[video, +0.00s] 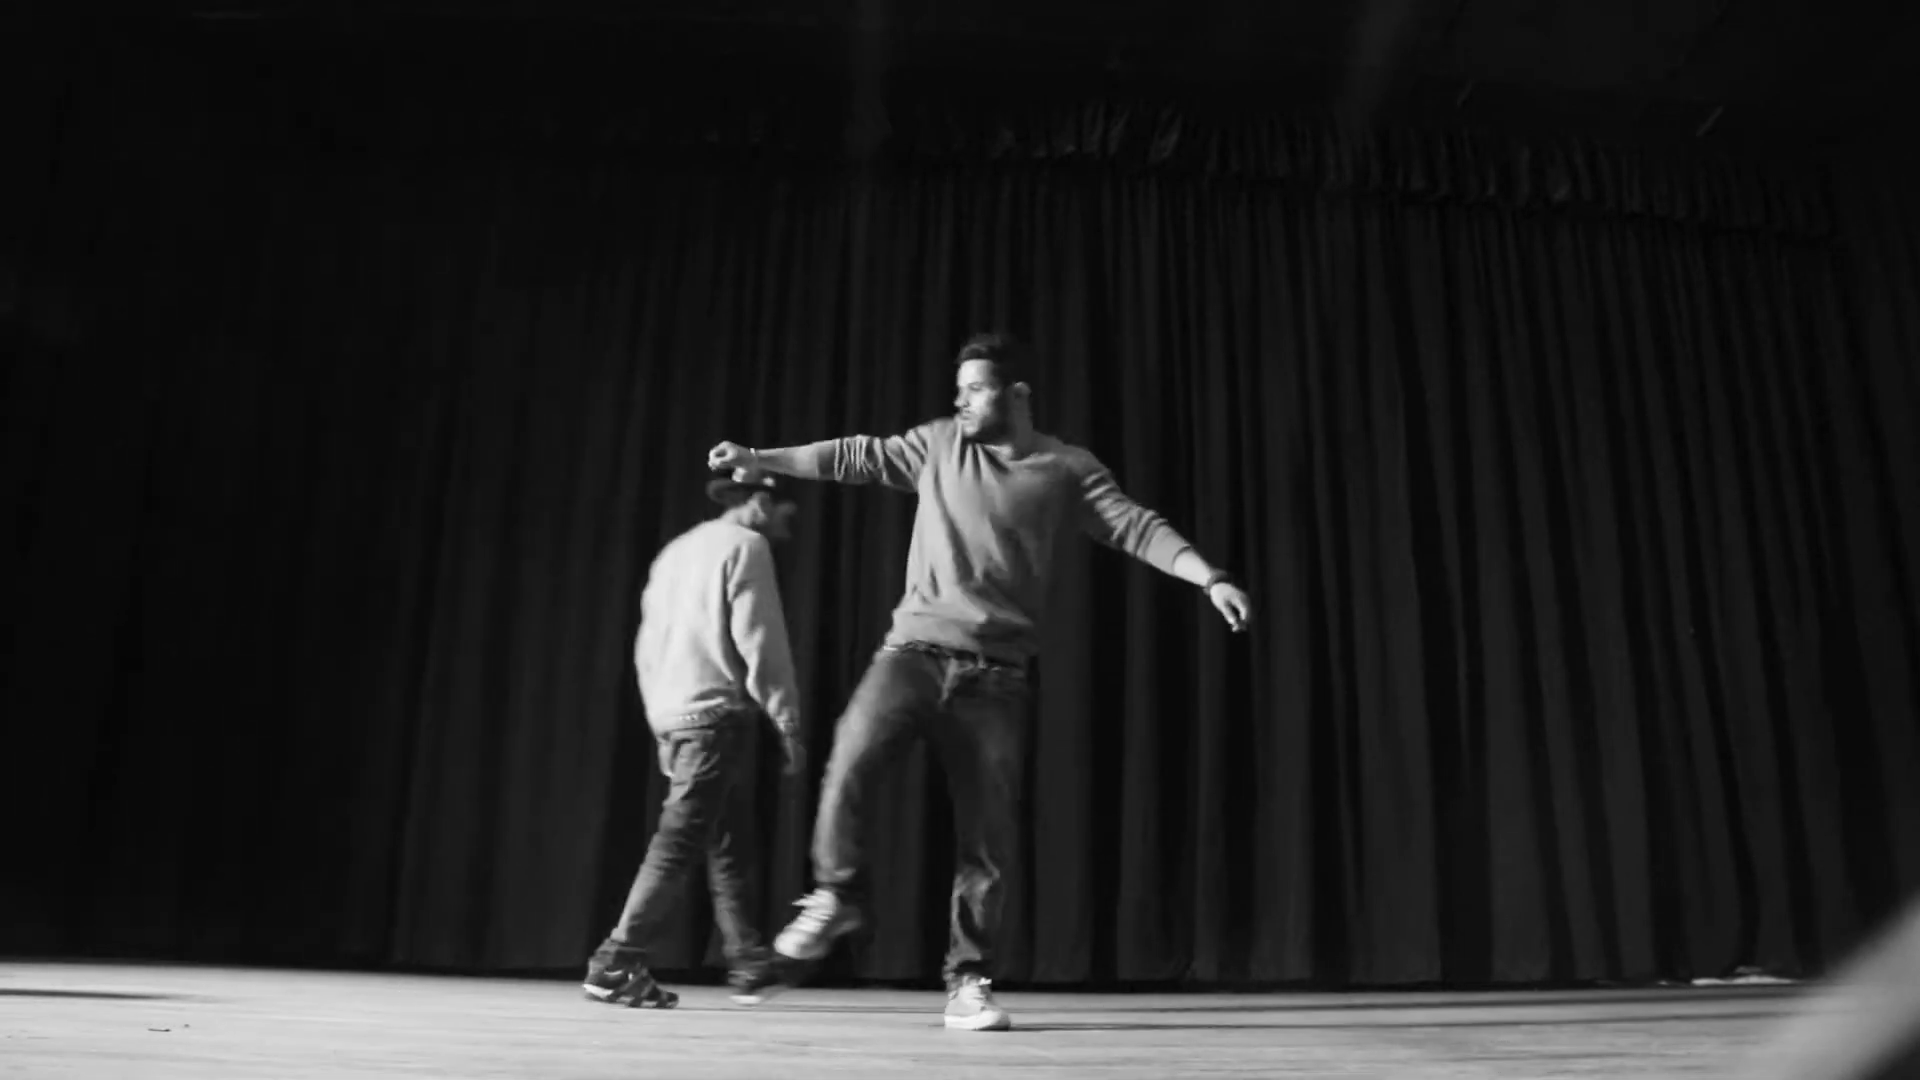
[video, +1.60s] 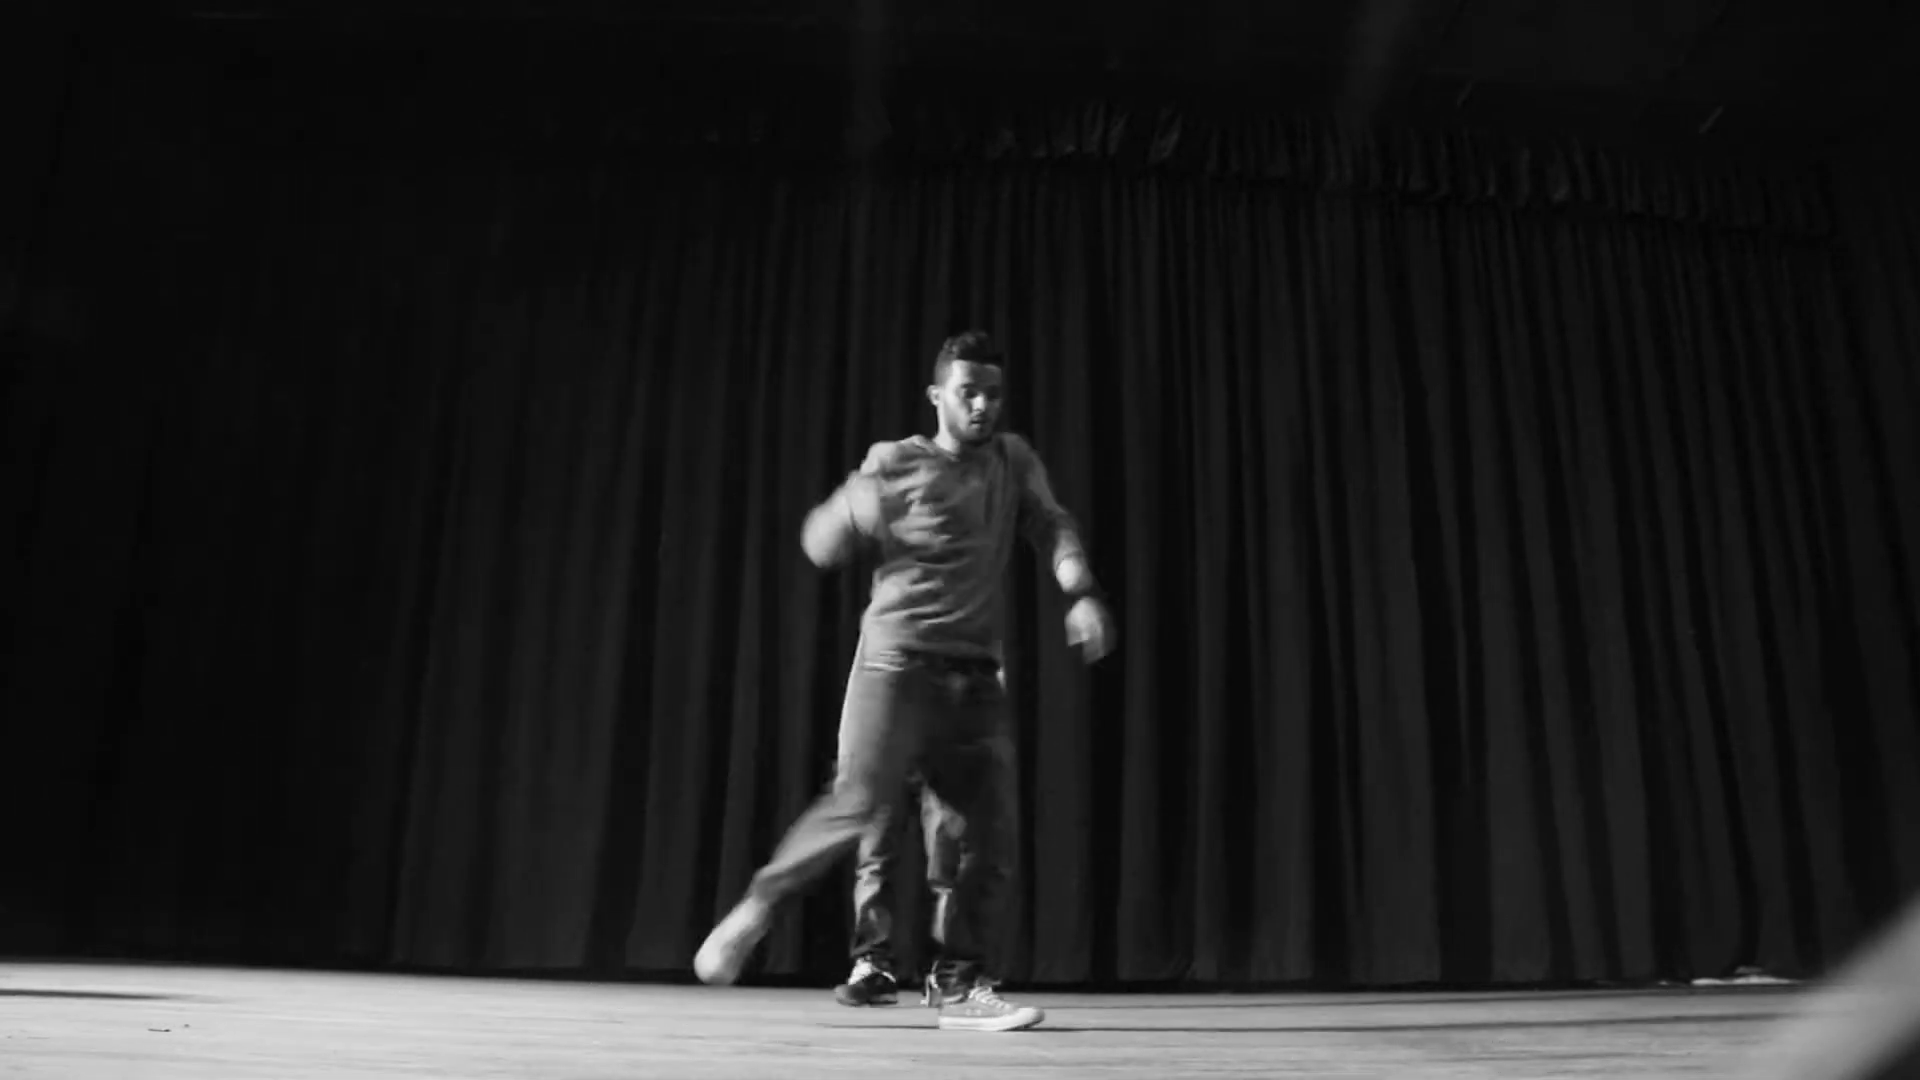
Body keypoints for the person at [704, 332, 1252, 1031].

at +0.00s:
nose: (964, 401)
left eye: (977, 389)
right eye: (960, 390)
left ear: (1015, 391)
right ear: (958, 394)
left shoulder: (1066, 468)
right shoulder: (935, 446)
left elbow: (1136, 527)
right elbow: (850, 457)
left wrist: (1209, 579)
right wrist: (758, 459)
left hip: (996, 670)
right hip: (914, 651)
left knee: (989, 832)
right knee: (854, 750)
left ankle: (969, 985)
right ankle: (833, 898)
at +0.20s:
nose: (951, 398)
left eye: (965, 386)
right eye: (941, 386)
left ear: (994, 390)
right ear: (928, 389)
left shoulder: (1035, 459)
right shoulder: (895, 452)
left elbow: (1103, 513)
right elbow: (811, 466)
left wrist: (1173, 554)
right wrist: (727, 483)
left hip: (1020, 659)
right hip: (940, 652)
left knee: (1013, 827)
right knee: (954, 766)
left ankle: (986, 975)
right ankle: (933, 918)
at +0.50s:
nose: (918, 408)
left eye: (929, 394)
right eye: (904, 396)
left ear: (949, 398)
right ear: (884, 403)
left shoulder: (987, 461)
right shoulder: (861, 482)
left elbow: (1056, 509)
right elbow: (771, 499)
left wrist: (1122, 549)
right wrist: (674, 489)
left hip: (1005, 666)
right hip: (923, 668)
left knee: (1001, 829)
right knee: (913, 818)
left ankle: (981, 980)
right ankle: (893, 970)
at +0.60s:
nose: (899, 405)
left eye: (910, 392)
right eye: (885, 393)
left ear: (929, 395)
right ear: (864, 402)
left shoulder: (967, 439)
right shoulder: (848, 488)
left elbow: (1036, 501)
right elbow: (759, 518)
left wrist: (1094, 547)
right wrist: (667, 499)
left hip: (988, 669)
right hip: (902, 671)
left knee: (988, 832)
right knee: (846, 817)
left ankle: (976, 983)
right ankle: (797, 963)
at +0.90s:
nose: (844, 395)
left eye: (855, 382)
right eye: (830, 382)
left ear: (872, 386)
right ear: (804, 388)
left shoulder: (909, 434)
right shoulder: (779, 464)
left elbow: (982, 478)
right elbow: (712, 550)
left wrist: (1047, 520)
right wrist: (749, 476)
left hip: (907, 665)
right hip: (815, 666)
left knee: (934, 823)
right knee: (769, 825)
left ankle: (952, 979)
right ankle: (726, 976)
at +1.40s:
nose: (948, 409)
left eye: (959, 399)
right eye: (935, 395)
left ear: (970, 407)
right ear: (903, 397)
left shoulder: (967, 489)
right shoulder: (857, 455)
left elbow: (1031, 527)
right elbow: (759, 488)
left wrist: (1103, 560)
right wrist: (804, 440)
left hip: (918, 681)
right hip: (831, 676)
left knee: (956, 829)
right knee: (788, 820)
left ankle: (955, 989)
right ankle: (729, 975)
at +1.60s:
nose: (980, 404)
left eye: (990, 392)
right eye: (967, 391)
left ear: (1002, 399)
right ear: (936, 395)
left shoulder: (1013, 460)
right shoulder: (895, 464)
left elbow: (1054, 528)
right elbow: (821, 547)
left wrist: (1080, 593)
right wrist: (850, 512)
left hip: (976, 672)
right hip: (894, 665)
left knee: (981, 832)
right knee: (861, 806)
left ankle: (957, 980)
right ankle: (757, 912)